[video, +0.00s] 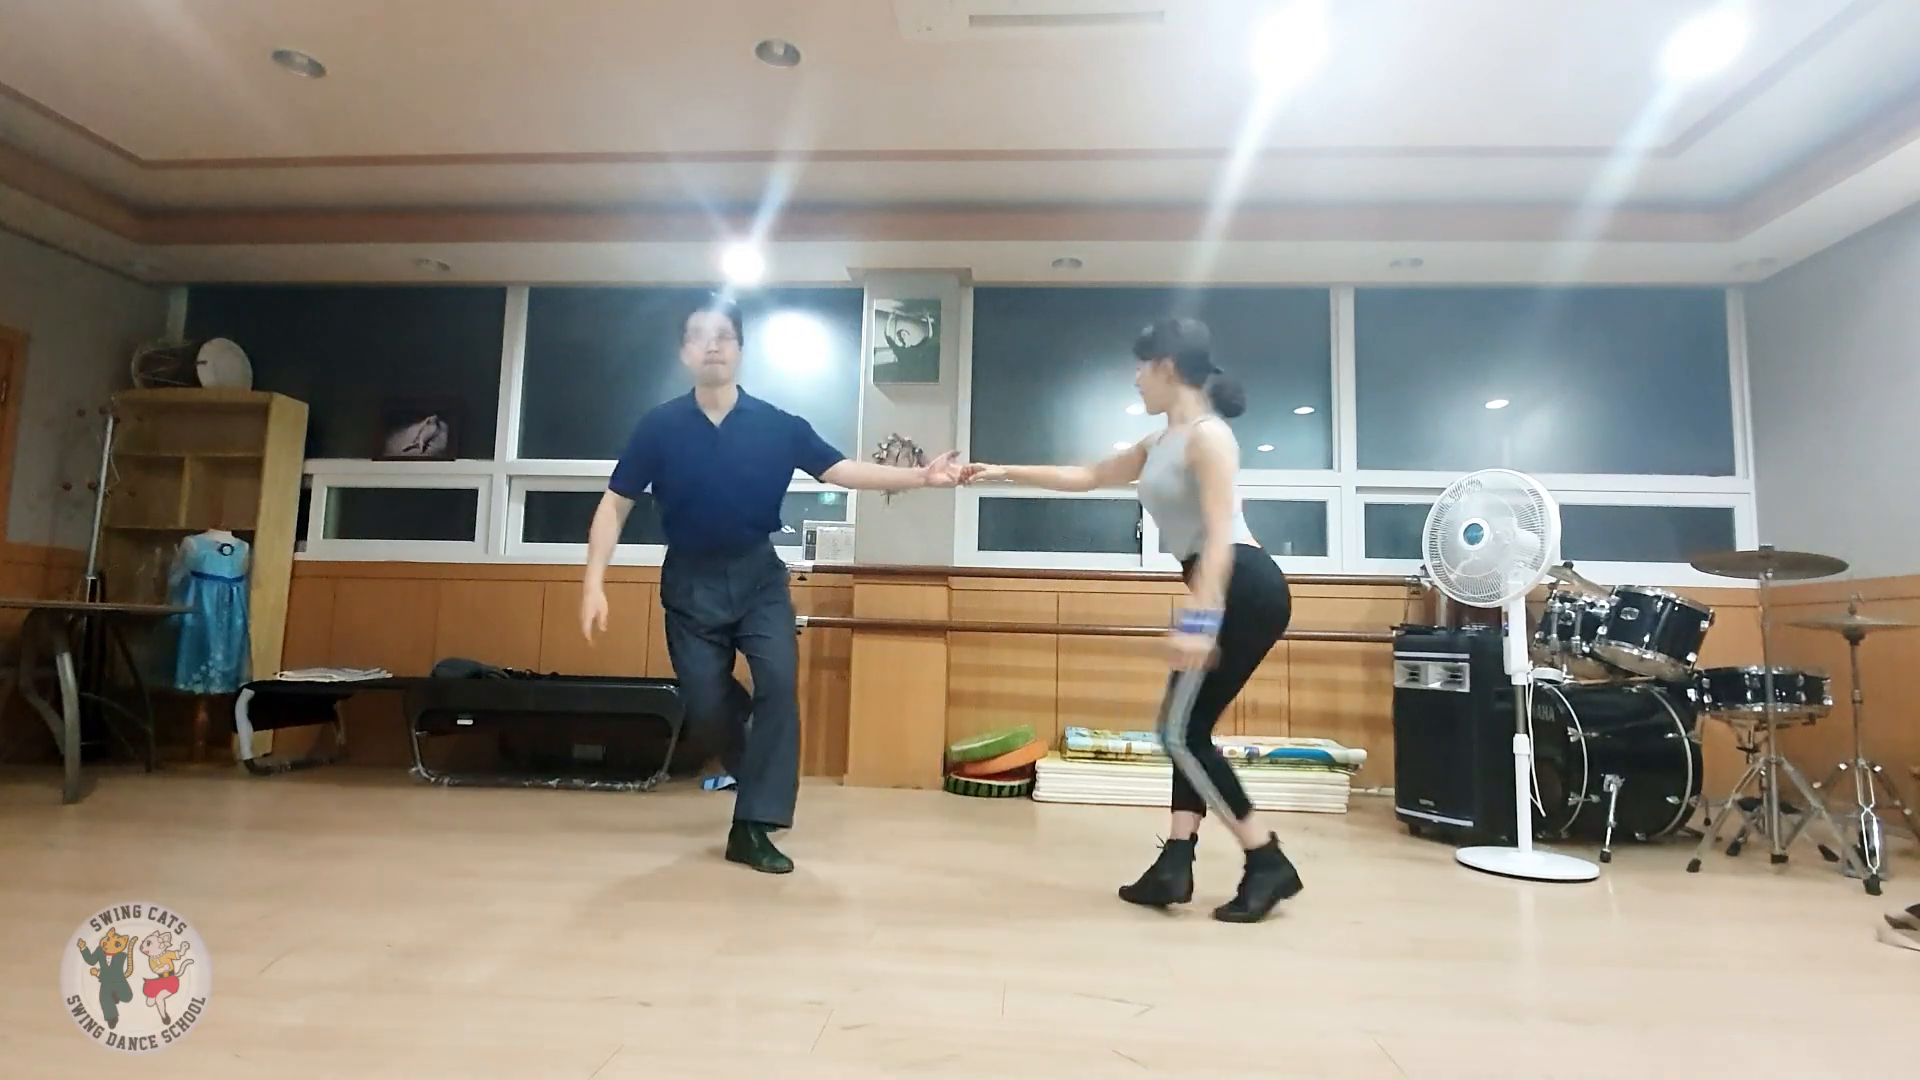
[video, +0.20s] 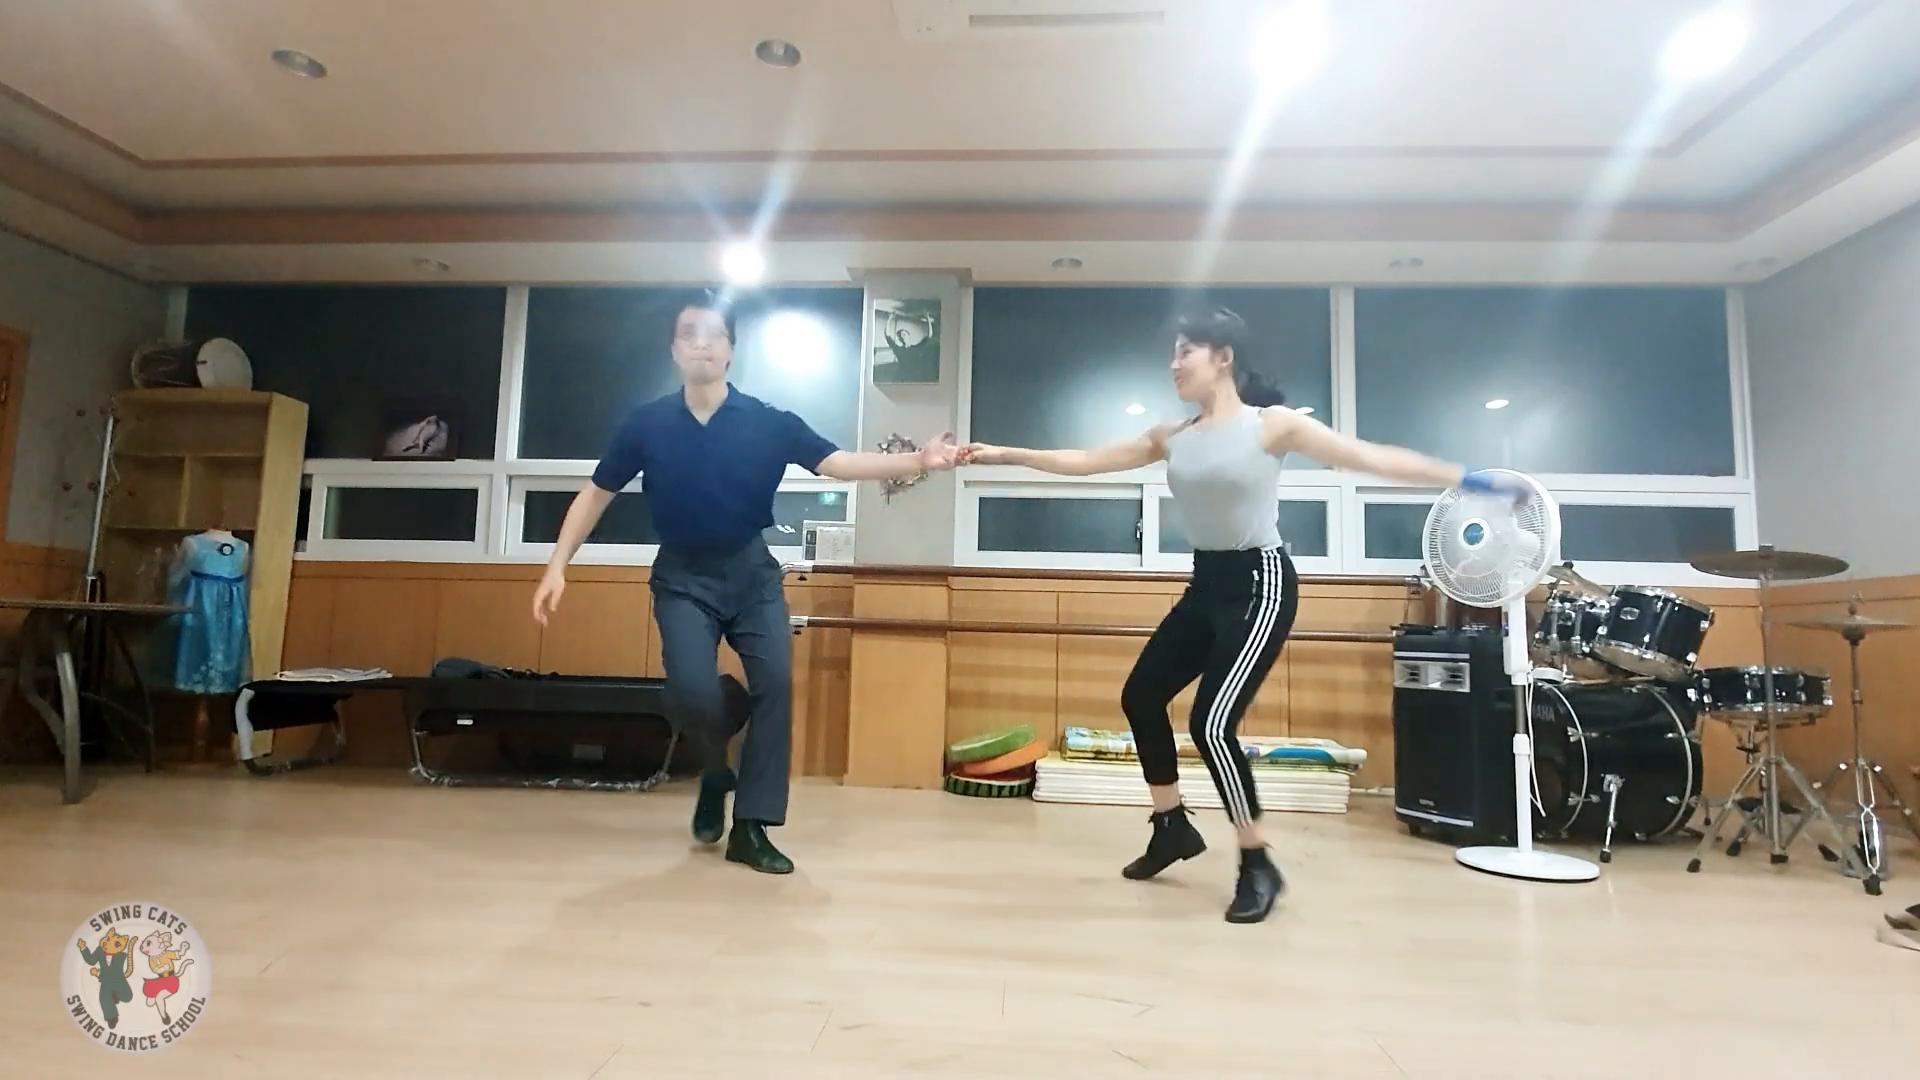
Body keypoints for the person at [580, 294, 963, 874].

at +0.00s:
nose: (712, 348)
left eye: (724, 338)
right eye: (699, 338)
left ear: (739, 351)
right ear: (683, 352)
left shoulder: (778, 427)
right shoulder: (660, 427)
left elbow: (843, 471)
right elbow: (613, 506)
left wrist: (924, 475)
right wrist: (593, 585)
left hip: (760, 581)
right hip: (692, 586)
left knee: (779, 692)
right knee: (708, 714)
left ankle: (751, 827)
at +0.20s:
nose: (701, 344)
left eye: (713, 337)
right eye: (689, 336)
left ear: (730, 352)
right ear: (674, 353)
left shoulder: (770, 424)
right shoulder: (648, 424)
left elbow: (838, 462)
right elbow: (596, 492)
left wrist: (921, 459)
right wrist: (556, 567)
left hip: (754, 576)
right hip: (682, 579)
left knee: (774, 686)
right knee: (693, 696)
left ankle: (750, 826)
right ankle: (715, 776)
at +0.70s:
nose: (706, 364)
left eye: (719, 358)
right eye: (696, 353)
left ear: (732, 375)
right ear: (675, 364)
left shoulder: (749, 448)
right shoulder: (633, 429)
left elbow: (820, 478)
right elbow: (568, 484)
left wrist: (900, 482)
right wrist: (507, 543)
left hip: (693, 586)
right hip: (629, 582)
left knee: (721, 690)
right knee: (671, 686)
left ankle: (690, 793)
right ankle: (686, 825)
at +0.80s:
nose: (706, 368)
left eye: (718, 361)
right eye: (696, 356)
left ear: (732, 379)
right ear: (674, 367)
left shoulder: (746, 454)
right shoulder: (630, 431)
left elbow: (817, 483)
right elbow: (565, 486)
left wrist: (897, 488)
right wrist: (503, 541)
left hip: (686, 589)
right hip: (622, 582)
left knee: (702, 706)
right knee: (667, 687)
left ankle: (643, 776)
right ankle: (687, 824)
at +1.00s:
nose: (701, 372)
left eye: (714, 366)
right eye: (692, 362)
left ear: (728, 385)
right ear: (671, 374)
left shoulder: (741, 461)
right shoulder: (627, 434)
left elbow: (812, 490)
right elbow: (559, 487)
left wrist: (892, 495)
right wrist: (492, 541)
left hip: (671, 595)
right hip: (611, 583)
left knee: (651, 722)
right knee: (657, 691)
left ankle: (557, 758)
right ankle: (685, 823)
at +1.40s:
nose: (694, 374)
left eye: (707, 368)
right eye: (686, 363)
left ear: (719, 385)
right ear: (667, 372)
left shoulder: (725, 450)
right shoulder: (620, 430)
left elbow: (760, 498)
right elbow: (546, 482)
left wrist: (816, 495)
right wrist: (480, 529)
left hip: (657, 583)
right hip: (605, 573)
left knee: (591, 690)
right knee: (660, 676)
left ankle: (512, 787)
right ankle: (639, 809)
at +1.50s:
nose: (710, 365)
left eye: (722, 359)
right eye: (702, 353)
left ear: (735, 375)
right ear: (680, 361)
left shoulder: (741, 444)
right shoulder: (636, 429)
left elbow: (751, 511)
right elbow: (568, 483)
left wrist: (790, 506)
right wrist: (504, 533)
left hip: (676, 582)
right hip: (626, 574)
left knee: (607, 689)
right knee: (664, 685)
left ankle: (522, 774)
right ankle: (635, 812)